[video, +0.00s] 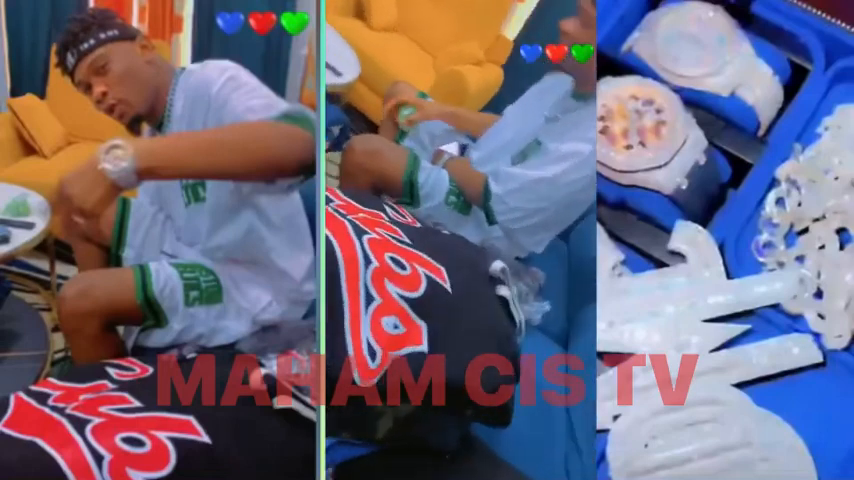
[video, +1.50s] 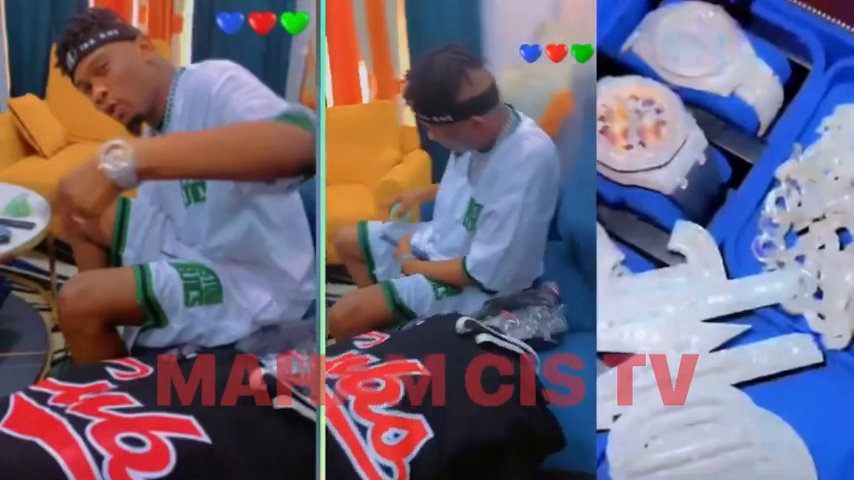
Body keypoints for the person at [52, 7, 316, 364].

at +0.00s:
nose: (98, 94)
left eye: (102, 70)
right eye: (87, 89)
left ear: (144, 48)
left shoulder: (214, 81)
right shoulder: (152, 132)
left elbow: (298, 145)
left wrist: (131, 160)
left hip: (260, 278)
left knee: (80, 300)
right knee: (84, 215)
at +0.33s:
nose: (98, 94)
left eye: (102, 70)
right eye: (87, 89)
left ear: (144, 48)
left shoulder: (214, 81)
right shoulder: (152, 132)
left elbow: (297, 145)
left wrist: (131, 160)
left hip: (260, 280)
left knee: (80, 300)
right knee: (84, 212)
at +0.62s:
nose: (98, 94)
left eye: (102, 70)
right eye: (87, 89)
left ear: (144, 48)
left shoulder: (214, 81)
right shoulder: (152, 132)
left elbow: (297, 146)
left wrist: (131, 160)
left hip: (259, 279)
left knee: (81, 300)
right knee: (84, 215)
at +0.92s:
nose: (98, 94)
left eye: (102, 70)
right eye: (87, 89)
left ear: (144, 48)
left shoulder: (214, 81)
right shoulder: (152, 132)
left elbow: (297, 146)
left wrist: (131, 160)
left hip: (259, 278)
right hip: (190, 250)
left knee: (80, 300)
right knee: (84, 212)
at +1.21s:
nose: (98, 94)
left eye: (102, 70)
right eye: (87, 89)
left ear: (144, 48)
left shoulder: (214, 81)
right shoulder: (153, 133)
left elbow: (298, 145)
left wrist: (131, 160)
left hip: (260, 279)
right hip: (191, 251)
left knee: (80, 300)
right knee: (86, 215)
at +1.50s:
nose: (98, 94)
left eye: (102, 70)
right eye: (87, 89)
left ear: (144, 48)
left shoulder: (213, 81)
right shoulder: (152, 132)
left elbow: (298, 145)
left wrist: (131, 160)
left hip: (259, 278)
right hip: (190, 251)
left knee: (80, 300)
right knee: (84, 214)